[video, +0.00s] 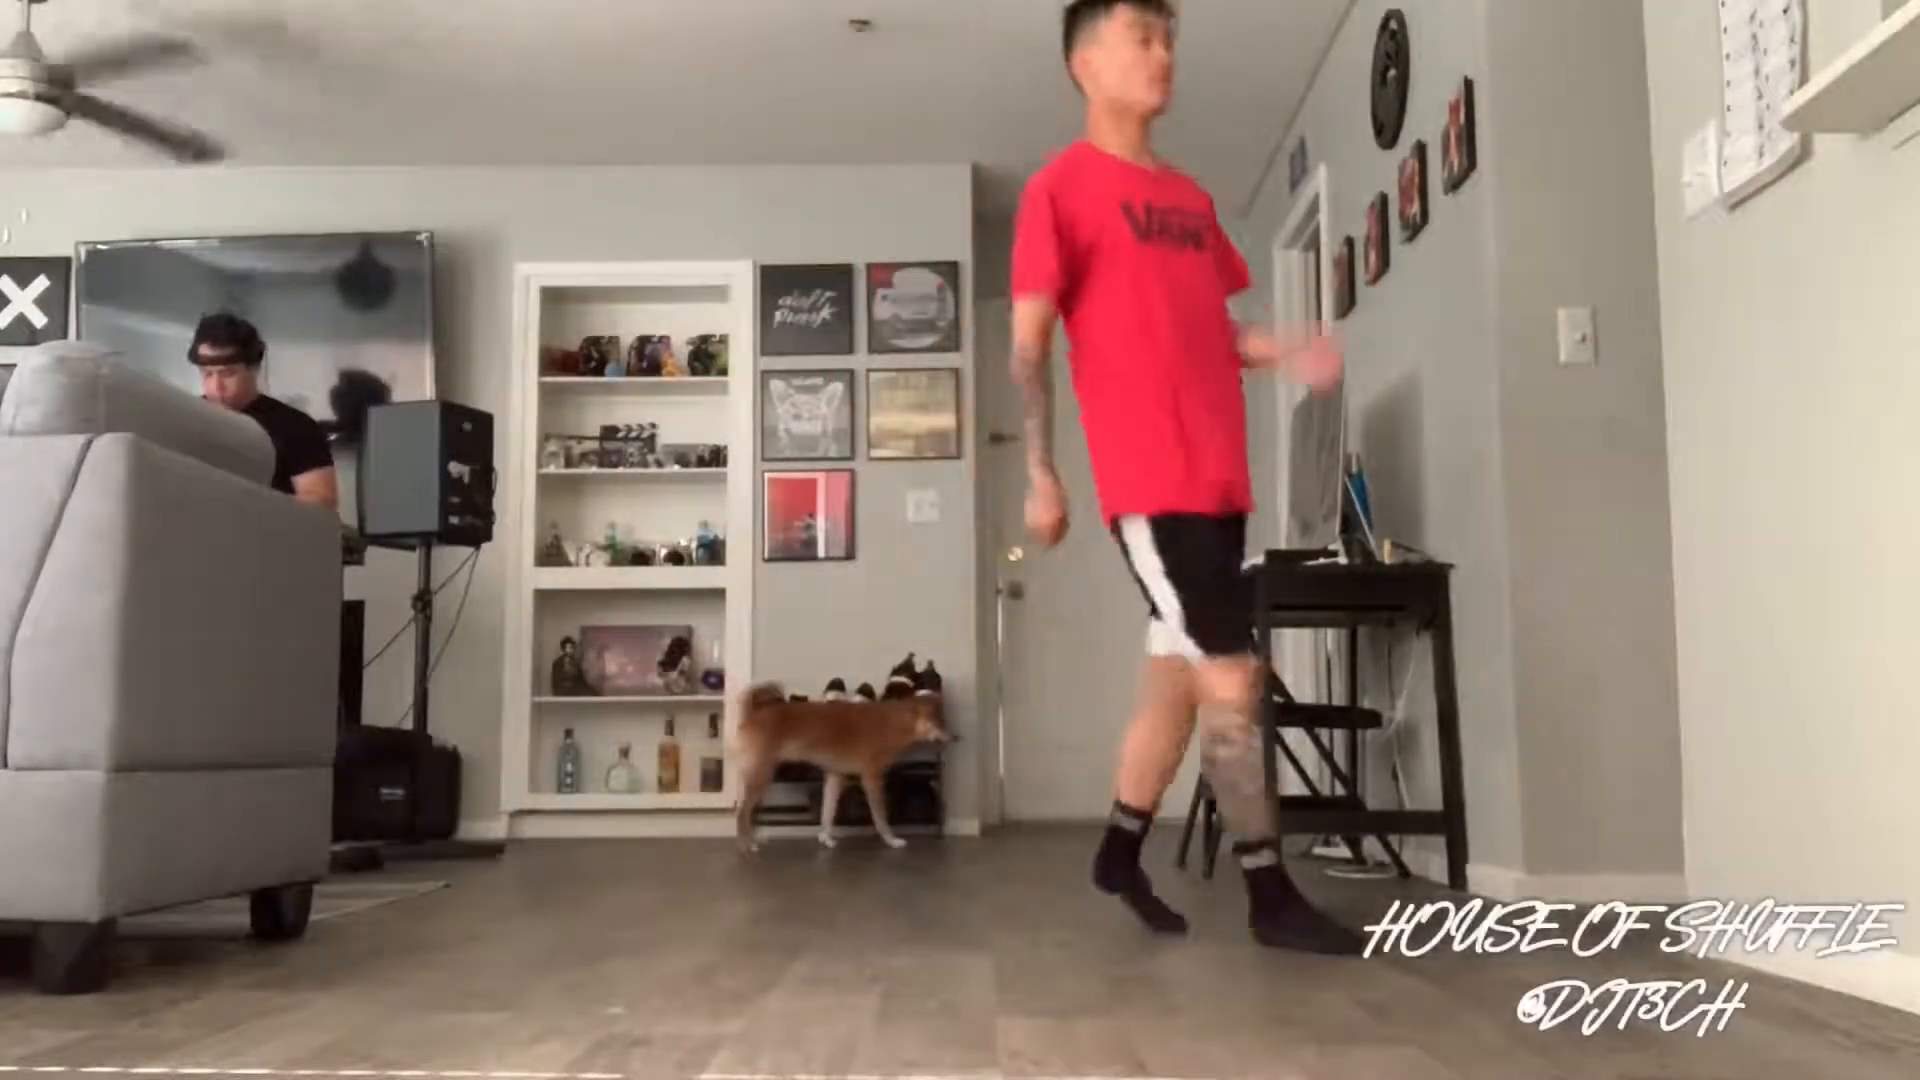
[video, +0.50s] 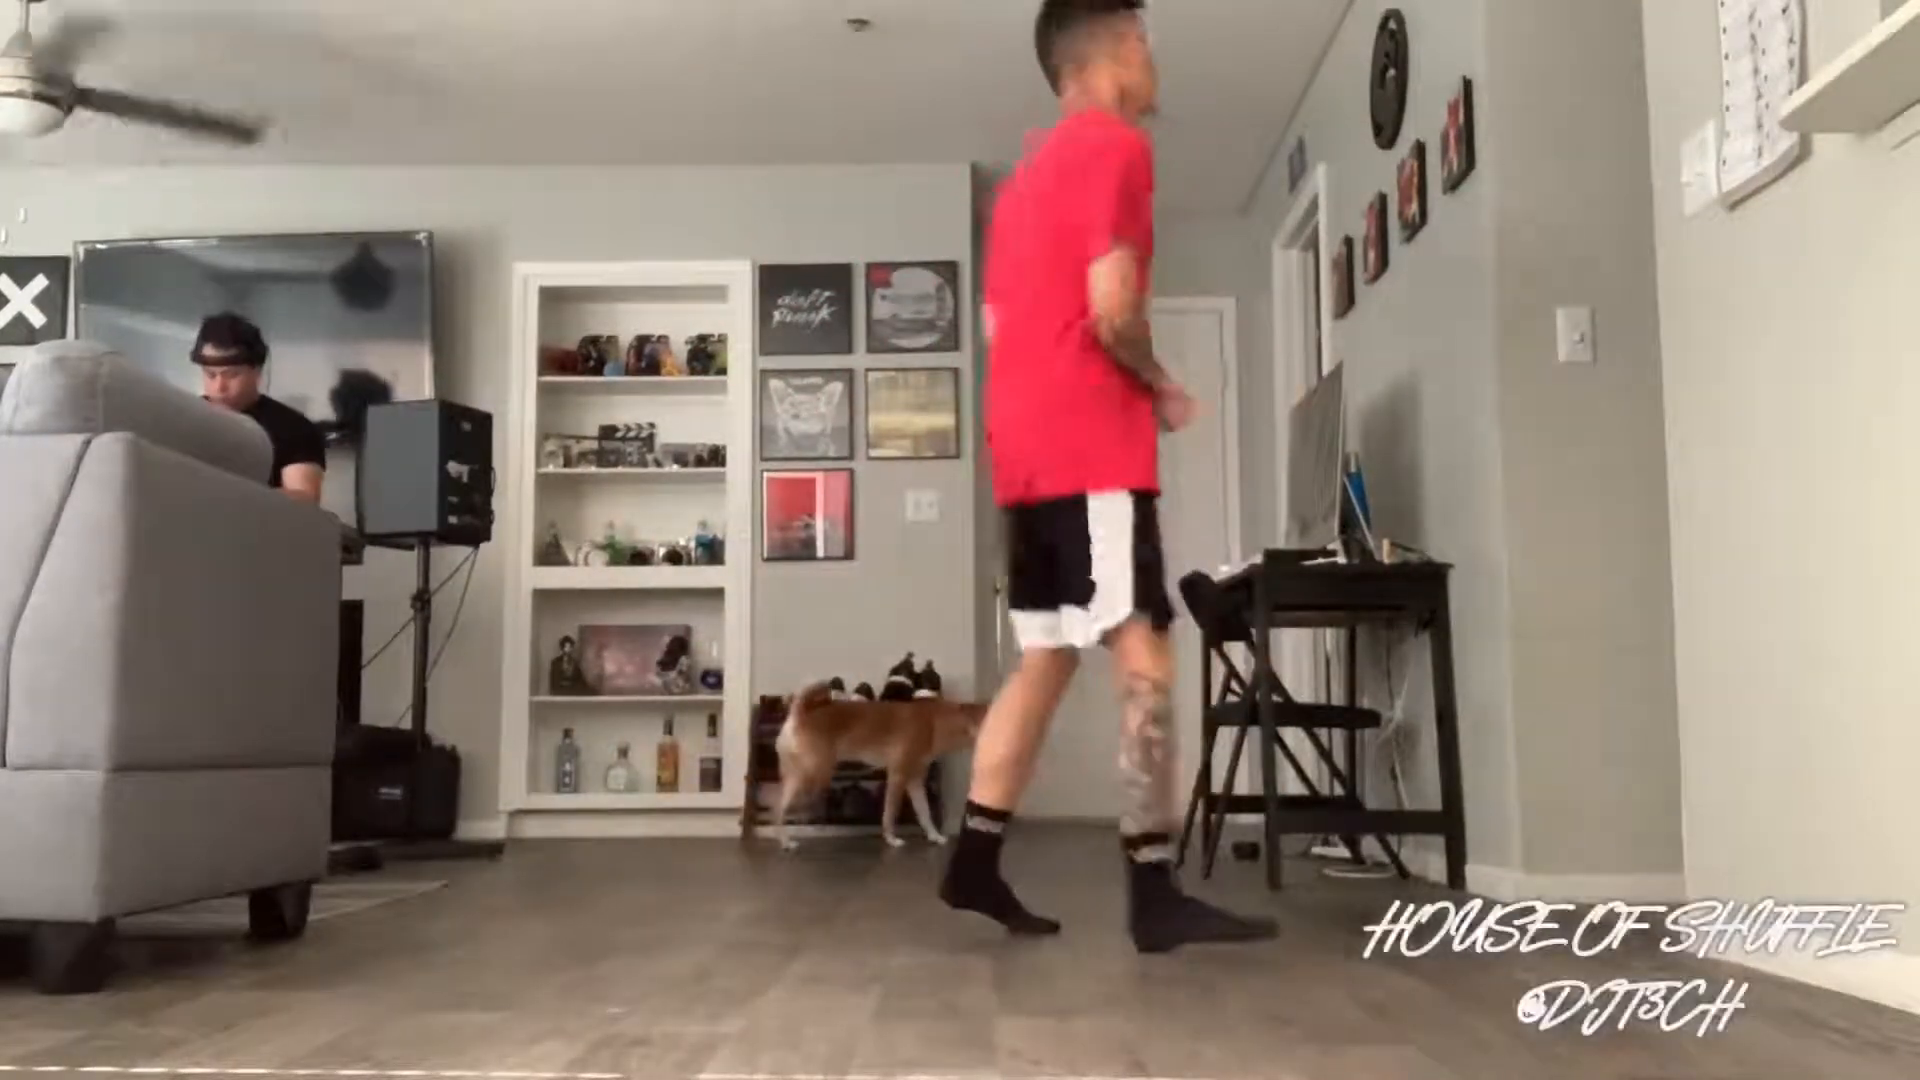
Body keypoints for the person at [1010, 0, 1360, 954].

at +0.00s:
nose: (1164, 57)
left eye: (1167, 42)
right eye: (1142, 40)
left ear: (1167, 63)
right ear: (1085, 65)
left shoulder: (1187, 194)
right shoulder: (1057, 187)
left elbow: (1214, 332)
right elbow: (1028, 342)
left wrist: (1284, 348)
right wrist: (1040, 474)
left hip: (1216, 467)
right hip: (1143, 471)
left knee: (1175, 678)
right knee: (1232, 671)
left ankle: (1118, 856)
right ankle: (1271, 894)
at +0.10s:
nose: (1172, 28)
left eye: (1172, 13)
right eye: (1149, 16)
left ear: (1164, 46)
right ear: (1093, 49)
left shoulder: (1169, 162)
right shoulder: (1068, 150)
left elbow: (1173, 311)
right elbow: (1018, 296)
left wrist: (1235, 397)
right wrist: (1102, 381)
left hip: (1194, 433)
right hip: (1126, 440)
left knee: (1281, 618)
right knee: (1173, 649)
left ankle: (1145, 762)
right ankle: (1127, 877)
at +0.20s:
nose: (1167, 39)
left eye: (1170, 25)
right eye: (1144, 23)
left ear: (1166, 53)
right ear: (1087, 52)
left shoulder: (1155, 174)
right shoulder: (1066, 148)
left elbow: (1158, 334)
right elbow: (1002, 271)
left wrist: (1220, 429)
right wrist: (1112, 301)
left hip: (1182, 445)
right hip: (1111, 456)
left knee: (1298, 606)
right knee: (1146, 670)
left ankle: (1129, 693)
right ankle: (1114, 887)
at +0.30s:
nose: (1146, 36)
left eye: (1151, 24)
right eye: (1122, 21)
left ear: (1153, 54)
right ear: (1068, 48)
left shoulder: (1163, 176)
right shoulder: (1038, 147)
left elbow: (1154, 317)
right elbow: (984, 286)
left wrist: (1184, 433)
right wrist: (1101, 311)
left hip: (1165, 441)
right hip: (1093, 441)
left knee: (1184, 654)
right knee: (1186, 645)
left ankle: (1013, 771)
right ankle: (1167, 875)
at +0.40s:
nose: (1145, 71)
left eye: (1147, 59)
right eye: (1123, 56)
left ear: (1141, 90)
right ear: (1064, 82)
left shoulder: (1126, 210)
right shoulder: (1047, 189)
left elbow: (1120, 358)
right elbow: (1030, 331)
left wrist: (1167, 464)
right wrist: (1154, 350)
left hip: (1136, 477)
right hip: (1094, 475)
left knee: (1098, 688)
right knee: (1187, 670)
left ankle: (989, 861)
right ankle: (1184, 905)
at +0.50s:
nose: (1152, 66)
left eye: (1144, 47)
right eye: (1139, 46)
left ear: (1071, 71)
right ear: (1103, 60)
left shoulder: (1032, 165)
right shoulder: (1114, 146)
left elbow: (1013, 321)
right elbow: (1114, 306)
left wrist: (1132, 387)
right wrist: (1157, 378)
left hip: (1031, 448)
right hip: (1094, 446)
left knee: (1046, 655)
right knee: (1145, 657)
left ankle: (973, 861)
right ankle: (1157, 891)